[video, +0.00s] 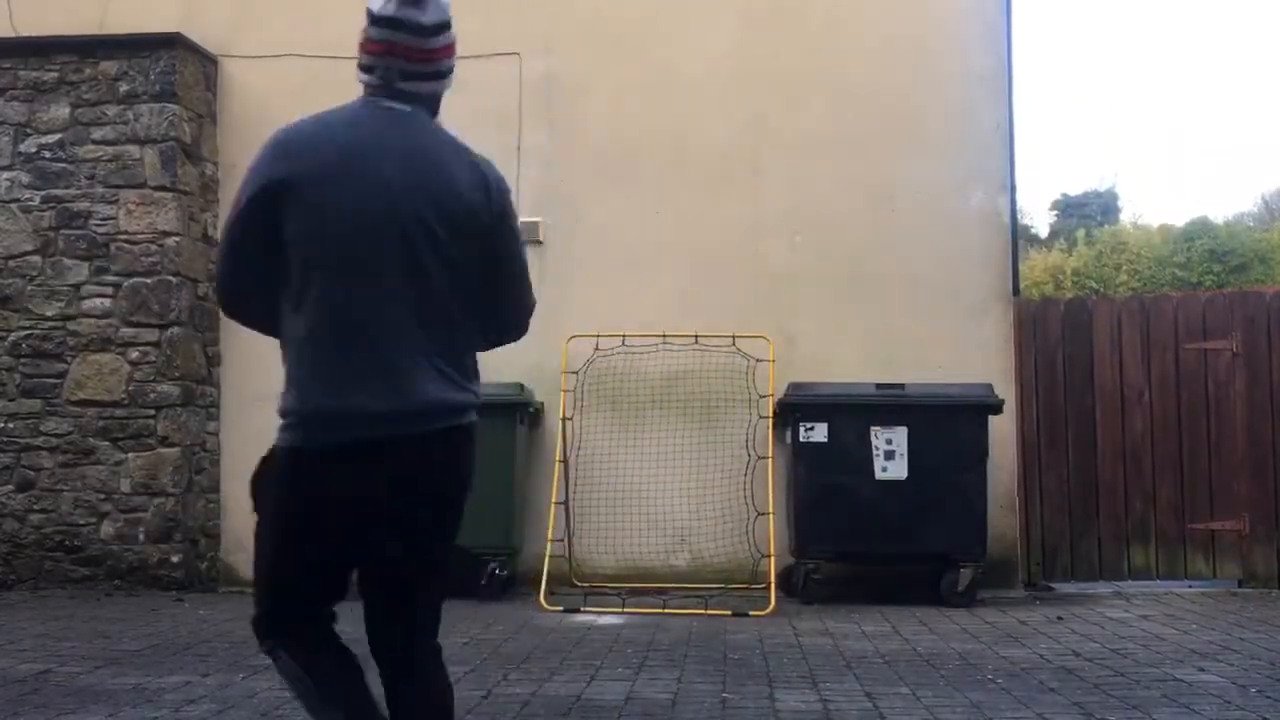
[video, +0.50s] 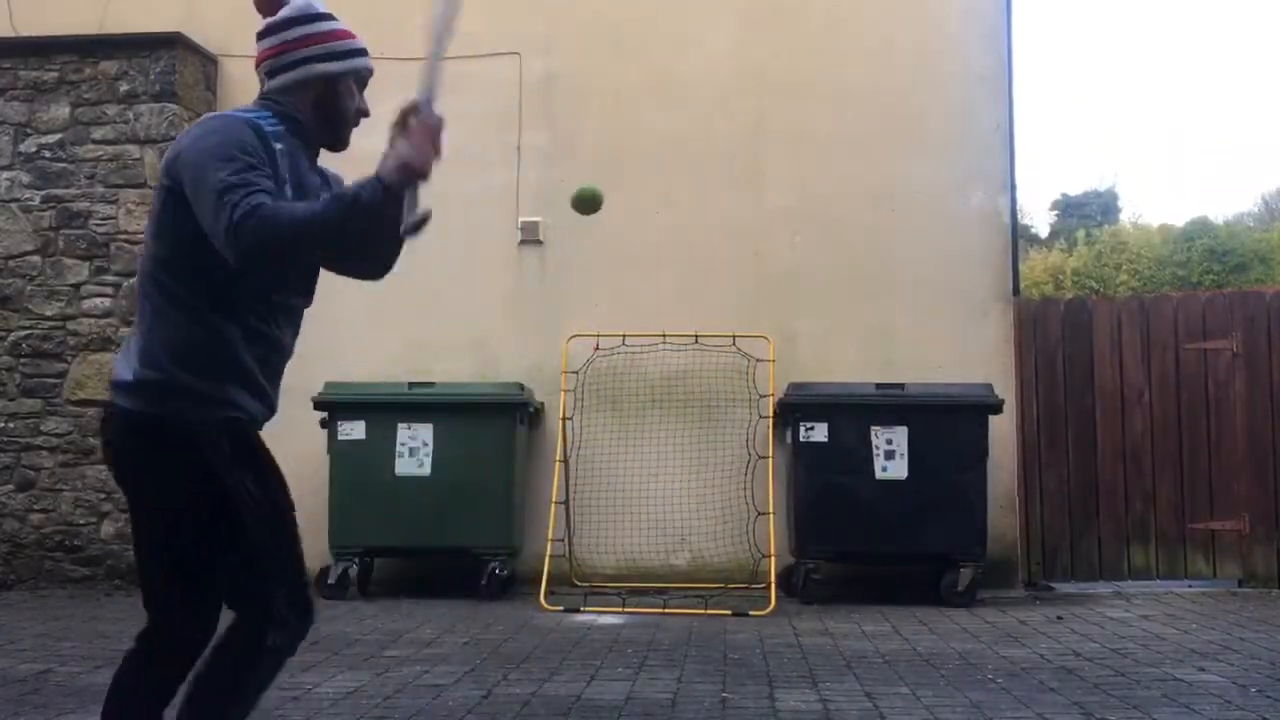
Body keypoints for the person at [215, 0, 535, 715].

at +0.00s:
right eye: (443, 65)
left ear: (363, 63)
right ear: (445, 74)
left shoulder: (294, 150)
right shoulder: (474, 177)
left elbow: (238, 288)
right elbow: (510, 315)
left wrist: (320, 323)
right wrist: (427, 329)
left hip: (323, 443)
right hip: (437, 441)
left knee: (290, 621)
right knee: (408, 633)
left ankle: (360, 713)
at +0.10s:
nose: (419, 78)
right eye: (420, 66)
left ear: (338, 64)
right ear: (416, 71)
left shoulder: (264, 153)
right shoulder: (440, 163)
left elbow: (250, 298)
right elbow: (492, 320)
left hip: (287, 439)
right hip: (408, 436)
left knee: (276, 616)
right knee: (410, 627)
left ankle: (292, 716)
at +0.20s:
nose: (382, 84)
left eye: (382, 67)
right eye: (377, 67)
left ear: (303, 68)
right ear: (353, 70)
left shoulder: (267, 132)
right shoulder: (340, 136)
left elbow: (344, 281)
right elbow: (378, 278)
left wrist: (448, 288)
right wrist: (474, 317)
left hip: (228, 416)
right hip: (321, 416)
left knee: (229, 611)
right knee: (386, 625)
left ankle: (168, 716)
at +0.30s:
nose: (369, 96)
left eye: (368, 77)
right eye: (361, 77)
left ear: (300, 79)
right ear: (321, 77)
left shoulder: (261, 141)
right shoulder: (289, 139)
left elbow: (335, 284)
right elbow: (319, 270)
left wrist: (457, 274)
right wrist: (439, 316)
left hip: (207, 425)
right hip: (265, 424)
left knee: (200, 623)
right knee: (365, 613)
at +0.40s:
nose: (358, 106)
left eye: (357, 87)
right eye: (350, 85)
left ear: (305, 85)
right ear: (306, 83)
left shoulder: (309, 187)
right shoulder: (228, 143)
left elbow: (364, 280)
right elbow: (247, 250)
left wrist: (417, 217)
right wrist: (389, 253)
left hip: (224, 427)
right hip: (190, 425)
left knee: (195, 624)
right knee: (313, 608)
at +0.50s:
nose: (366, 105)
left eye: (366, 88)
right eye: (359, 86)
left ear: (307, 84)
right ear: (318, 82)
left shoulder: (304, 173)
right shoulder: (223, 137)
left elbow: (365, 257)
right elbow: (249, 231)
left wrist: (404, 177)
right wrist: (384, 180)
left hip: (220, 424)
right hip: (169, 419)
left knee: (180, 623)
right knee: (278, 614)